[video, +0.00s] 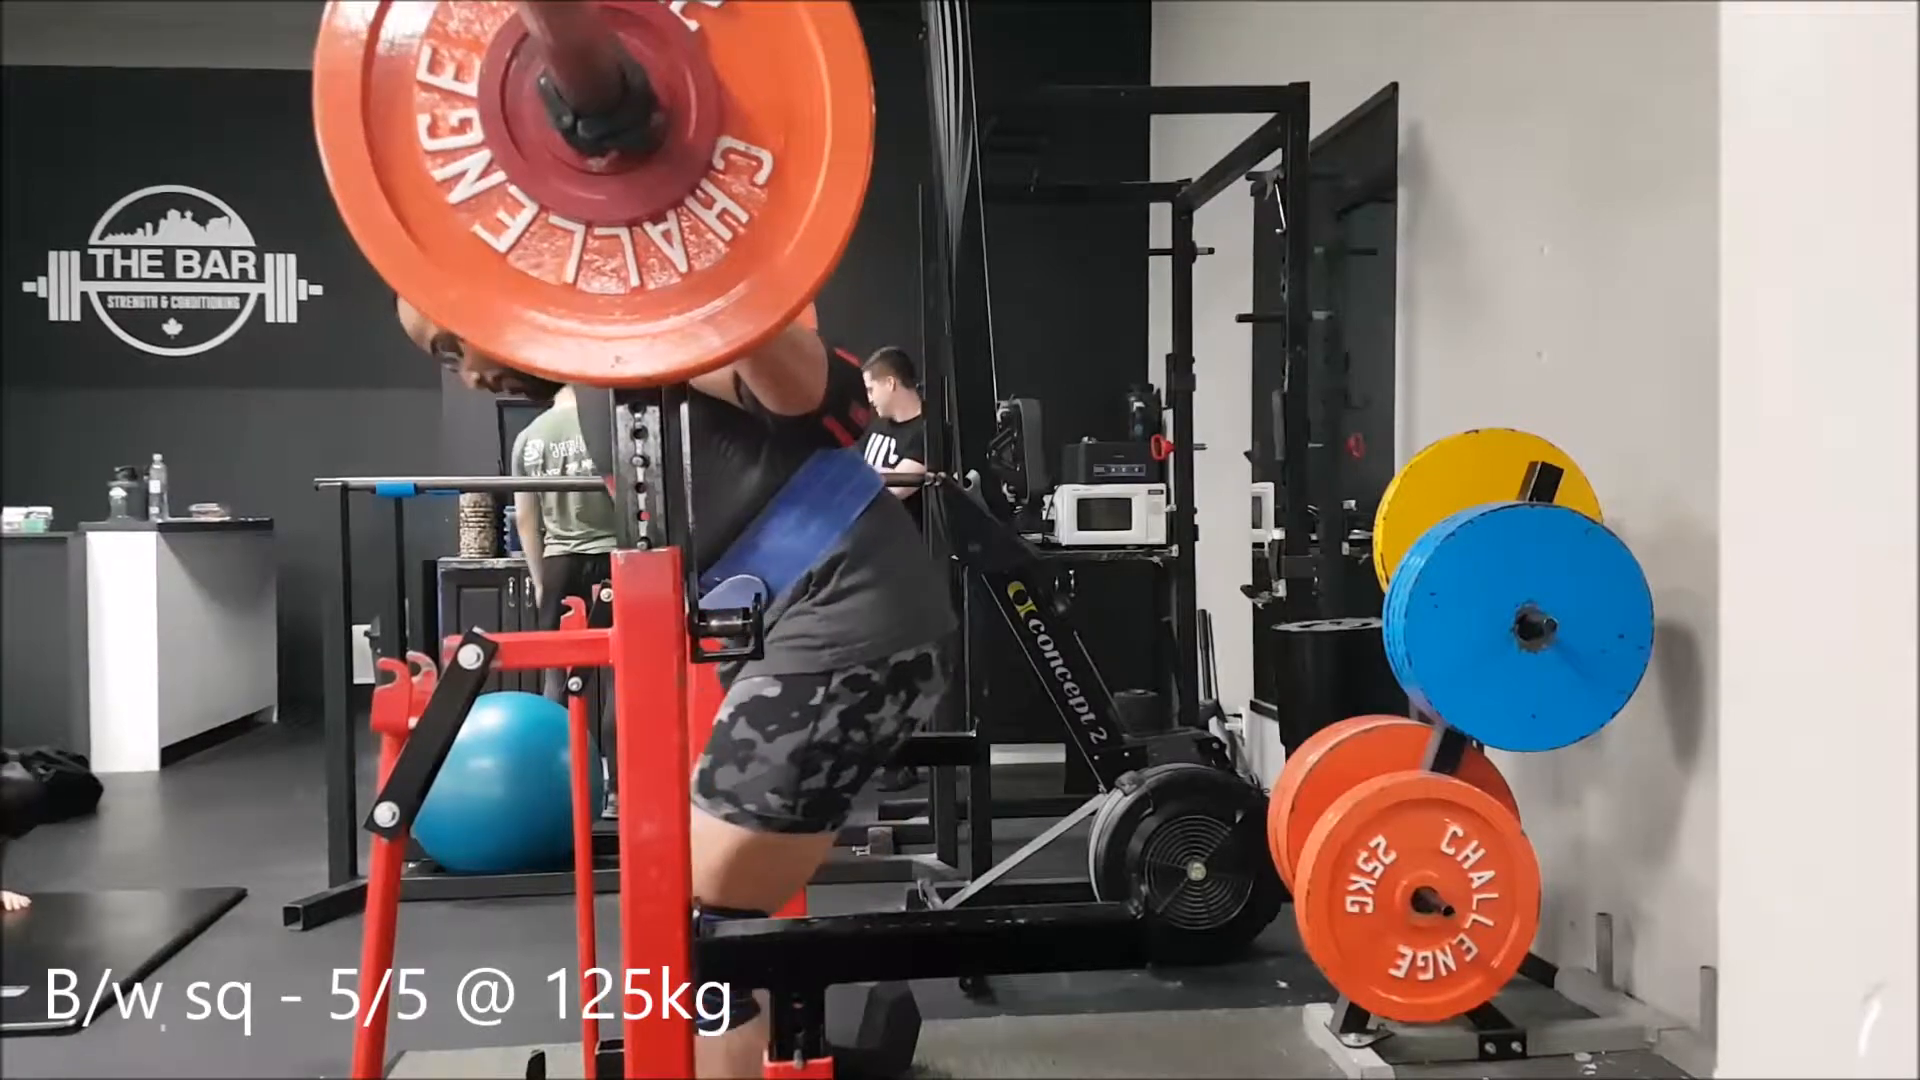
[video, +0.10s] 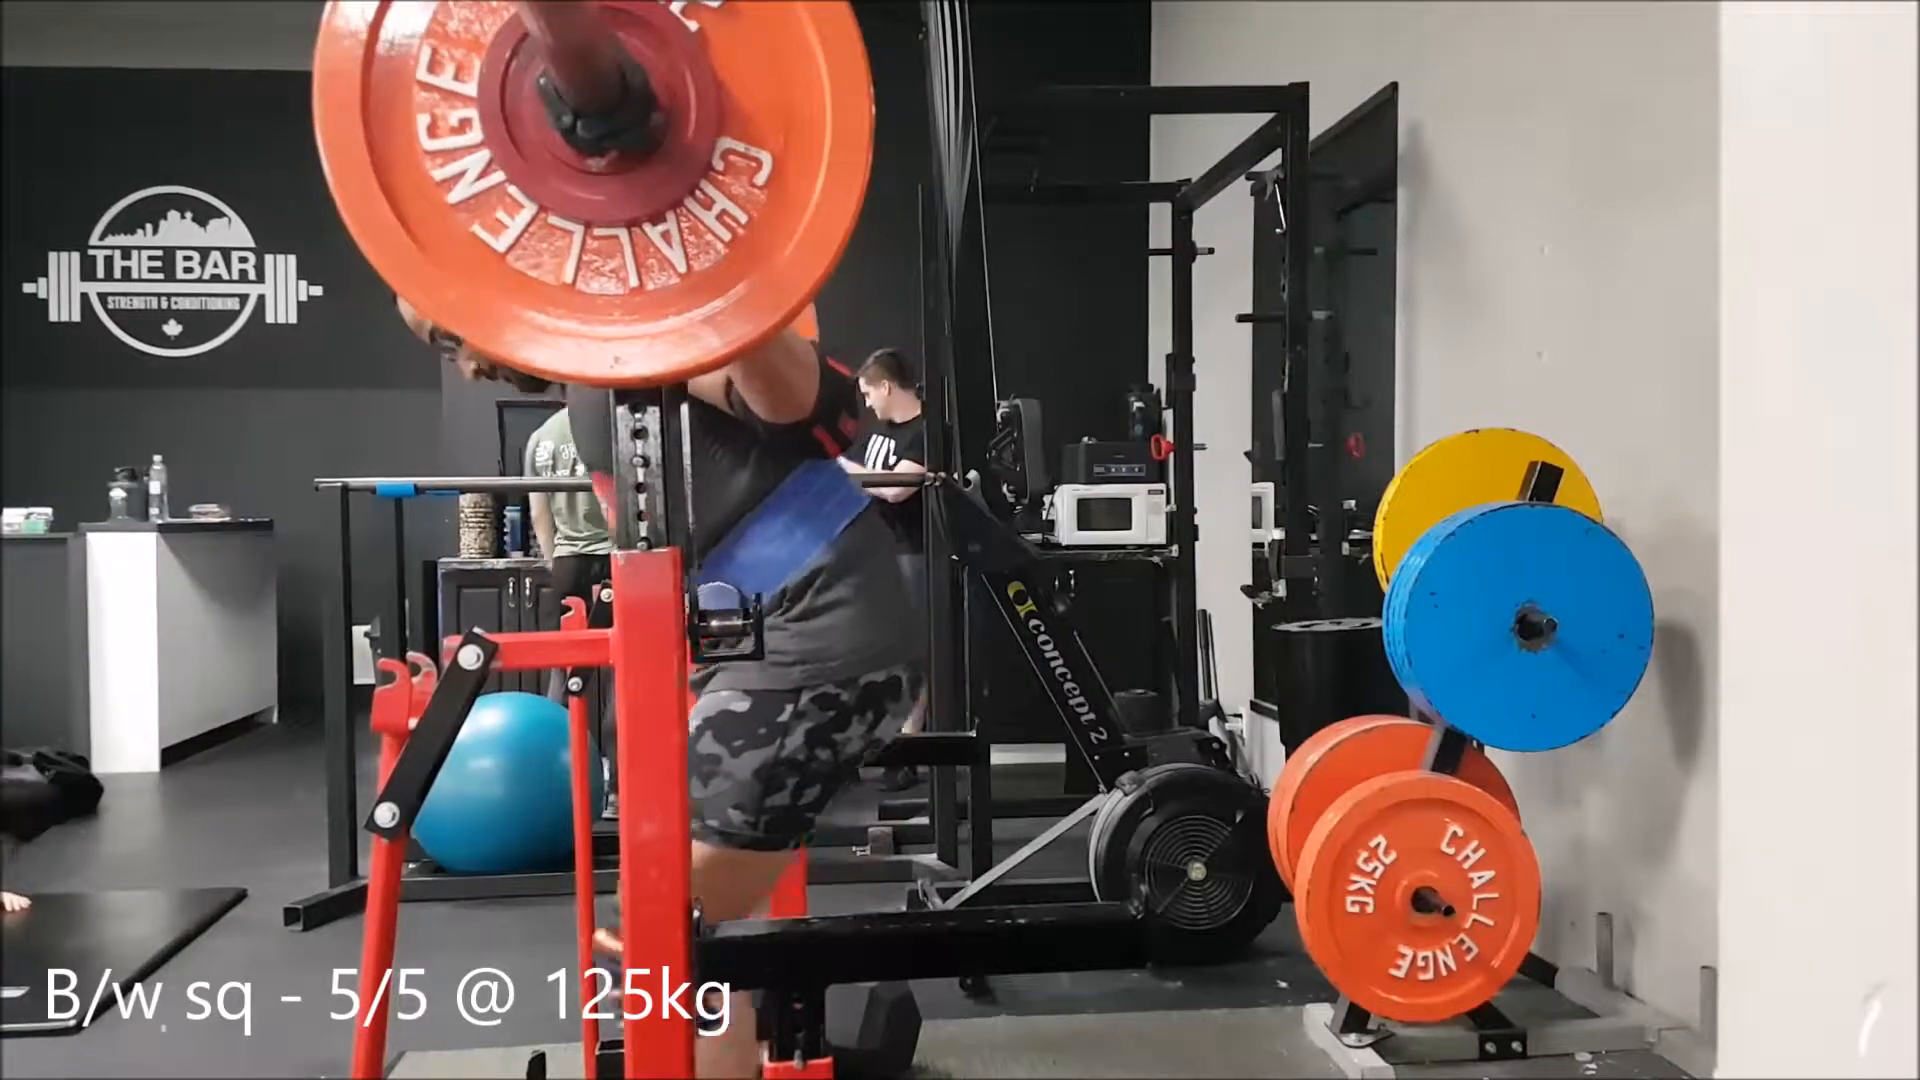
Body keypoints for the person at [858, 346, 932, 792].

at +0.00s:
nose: (869, 396)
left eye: (872, 386)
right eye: (867, 388)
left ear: (894, 383)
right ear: (892, 385)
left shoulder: (927, 429)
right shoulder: (880, 428)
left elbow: (908, 485)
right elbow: (856, 473)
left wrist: (859, 477)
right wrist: (896, 480)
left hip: (924, 550)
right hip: (882, 548)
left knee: (923, 650)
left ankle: (913, 757)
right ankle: (890, 756)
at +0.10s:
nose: (866, 400)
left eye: (868, 390)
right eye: (864, 392)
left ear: (888, 385)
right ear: (886, 387)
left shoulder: (926, 430)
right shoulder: (876, 429)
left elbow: (899, 489)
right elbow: (846, 471)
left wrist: (854, 475)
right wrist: (887, 479)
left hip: (917, 553)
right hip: (881, 550)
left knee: (917, 649)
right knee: (888, 649)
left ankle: (913, 745)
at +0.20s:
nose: (864, 403)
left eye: (866, 393)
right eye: (862, 394)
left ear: (886, 387)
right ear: (884, 388)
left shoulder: (928, 429)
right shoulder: (881, 429)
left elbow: (899, 491)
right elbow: (868, 492)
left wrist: (850, 476)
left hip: (906, 555)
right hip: (864, 551)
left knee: (908, 652)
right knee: (851, 647)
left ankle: (908, 753)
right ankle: (839, 745)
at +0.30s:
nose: (863, 403)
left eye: (864, 393)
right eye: (860, 394)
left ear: (884, 388)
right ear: (882, 388)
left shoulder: (926, 428)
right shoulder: (878, 430)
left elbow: (897, 489)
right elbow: (873, 489)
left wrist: (854, 461)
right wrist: (842, 521)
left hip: (905, 554)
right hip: (864, 552)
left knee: (908, 652)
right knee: (854, 652)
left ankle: (907, 755)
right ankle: (845, 753)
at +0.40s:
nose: (862, 404)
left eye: (863, 394)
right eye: (860, 395)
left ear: (883, 388)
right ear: (882, 388)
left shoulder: (926, 427)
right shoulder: (877, 430)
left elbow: (898, 488)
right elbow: (869, 489)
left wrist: (860, 458)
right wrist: (838, 523)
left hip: (907, 553)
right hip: (865, 553)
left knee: (908, 651)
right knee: (853, 653)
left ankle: (908, 755)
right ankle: (846, 754)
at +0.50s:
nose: (861, 403)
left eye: (863, 394)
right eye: (859, 395)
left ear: (883, 387)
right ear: (881, 388)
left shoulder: (925, 427)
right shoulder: (876, 430)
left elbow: (908, 491)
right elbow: (864, 493)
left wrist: (857, 476)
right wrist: (834, 525)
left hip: (906, 554)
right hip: (864, 554)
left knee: (908, 651)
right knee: (853, 653)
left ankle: (908, 755)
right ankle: (845, 754)